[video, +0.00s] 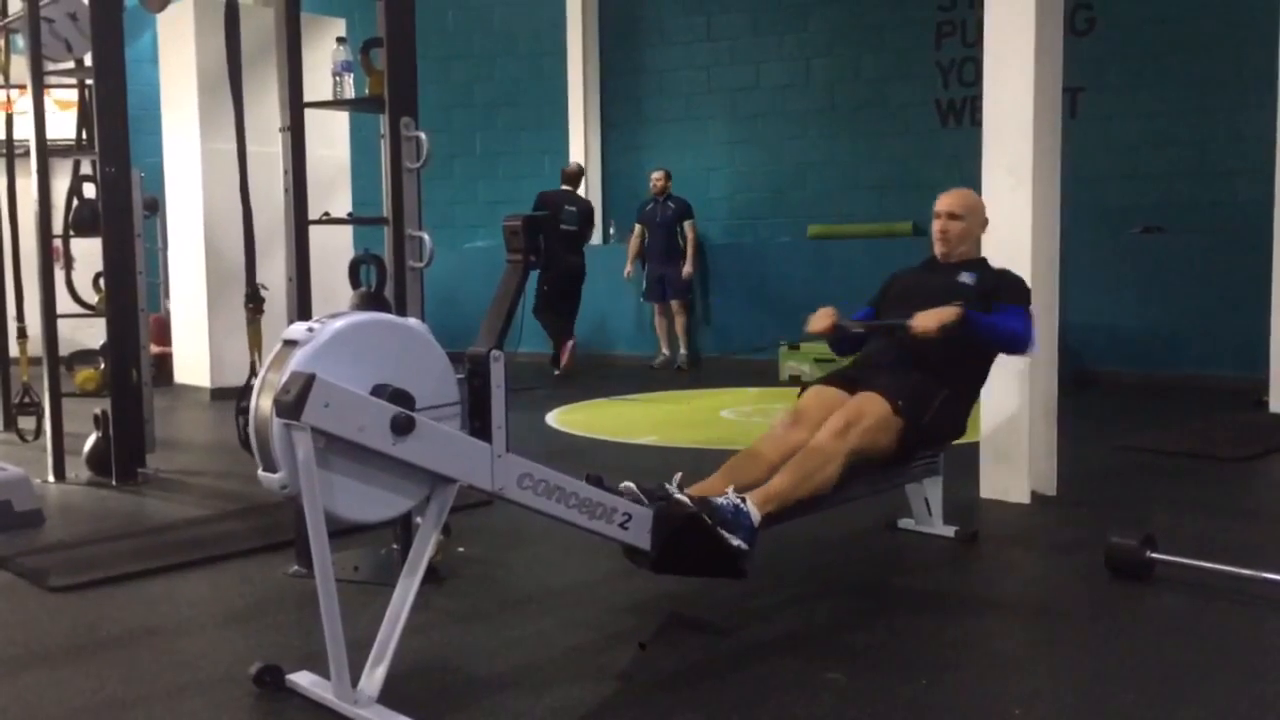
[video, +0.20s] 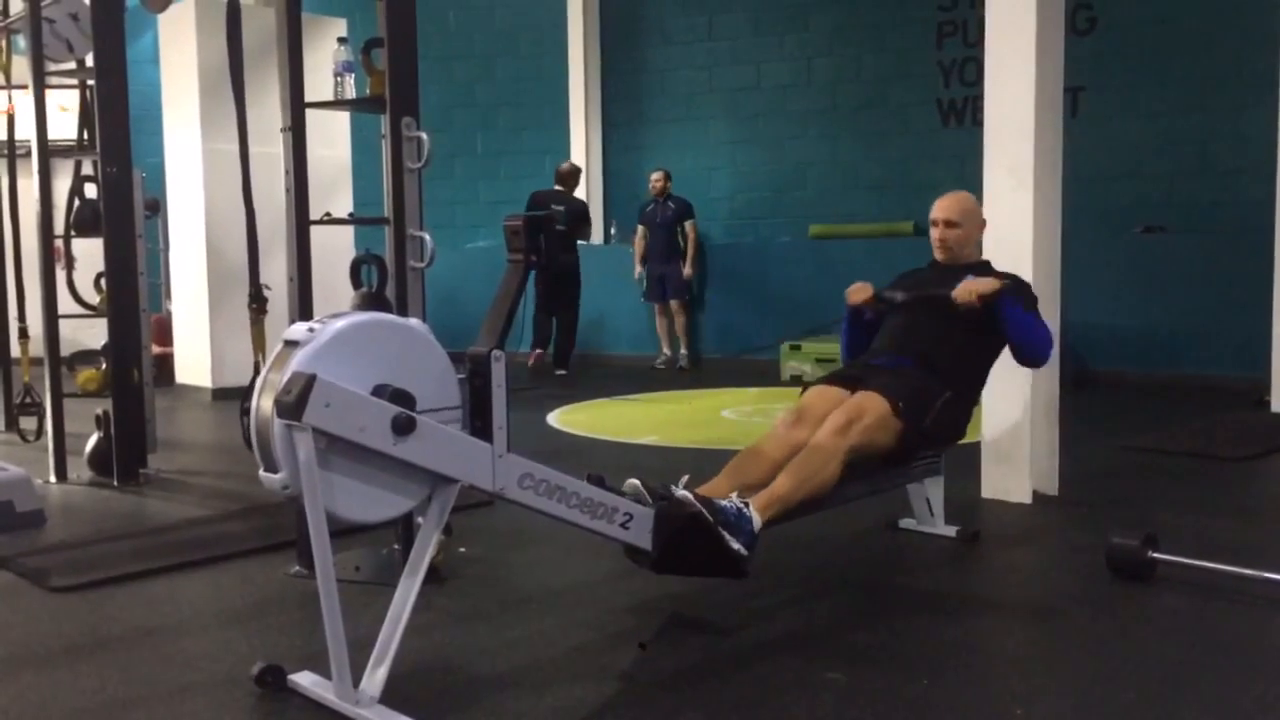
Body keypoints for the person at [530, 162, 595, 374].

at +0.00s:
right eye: (579, 178)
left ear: (562, 177)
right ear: (580, 181)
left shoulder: (545, 198)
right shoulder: (586, 206)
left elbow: (533, 228)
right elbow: (586, 237)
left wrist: (536, 254)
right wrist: (571, 248)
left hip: (552, 263)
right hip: (576, 265)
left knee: (541, 308)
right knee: (569, 311)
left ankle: (563, 341)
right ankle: (558, 362)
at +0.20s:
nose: (578, 183)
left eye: (578, 180)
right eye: (578, 180)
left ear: (556, 178)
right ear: (575, 181)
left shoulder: (537, 198)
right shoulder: (578, 205)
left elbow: (528, 229)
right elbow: (584, 234)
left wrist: (531, 254)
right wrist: (565, 228)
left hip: (543, 264)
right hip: (568, 266)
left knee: (542, 309)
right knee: (567, 312)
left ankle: (539, 347)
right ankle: (561, 365)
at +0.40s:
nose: (567, 184)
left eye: (566, 181)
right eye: (566, 181)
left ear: (547, 182)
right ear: (561, 183)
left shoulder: (531, 201)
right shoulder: (564, 205)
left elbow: (527, 231)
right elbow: (575, 236)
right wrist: (567, 208)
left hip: (536, 262)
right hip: (557, 262)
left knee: (540, 311)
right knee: (565, 312)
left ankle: (526, 360)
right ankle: (560, 364)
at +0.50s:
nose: (563, 184)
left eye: (562, 181)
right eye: (560, 181)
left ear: (543, 184)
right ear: (549, 184)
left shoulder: (529, 203)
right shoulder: (556, 206)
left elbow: (539, 228)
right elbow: (568, 237)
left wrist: (567, 223)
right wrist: (573, 227)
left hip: (533, 266)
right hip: (553, 266)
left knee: (535, 311)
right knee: (562, 313)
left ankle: (524, 361)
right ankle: (560, 365)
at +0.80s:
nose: (550, 183)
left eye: (549, 179)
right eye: (546, 180)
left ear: (538, 185)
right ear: (534, 185)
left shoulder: (536, 206)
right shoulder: (530, 208)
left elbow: (540, 233)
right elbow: (535, 237)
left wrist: (558, 238)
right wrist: (558, 240)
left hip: (537, 269)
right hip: (531, 270)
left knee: (536, 317)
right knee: (534, 317)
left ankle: (540, 360)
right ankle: (534, 362)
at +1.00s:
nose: (543, 183)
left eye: (542, 179)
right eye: (538, 180)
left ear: (536, 185)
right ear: (527, 184)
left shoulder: (538, 209)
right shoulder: (520, 208)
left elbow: (539, 240)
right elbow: (524, 241)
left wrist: (554, 247)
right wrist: (553, 248)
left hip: (535, 269)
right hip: (523, 269)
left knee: (533, 318)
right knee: (526, 318)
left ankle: (531, 363)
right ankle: (524, 364)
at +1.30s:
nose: (534, 184)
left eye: (534, 180)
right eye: (529, 181)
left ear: (530, 185)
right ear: (518, 185)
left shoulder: (535, 211)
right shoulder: (507, 209)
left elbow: (541, 239)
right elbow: (508, 237)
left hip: (533, 271)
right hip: (513, 272)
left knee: (533, 319)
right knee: (512, 319)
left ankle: (529, 366)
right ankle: (510, 367)